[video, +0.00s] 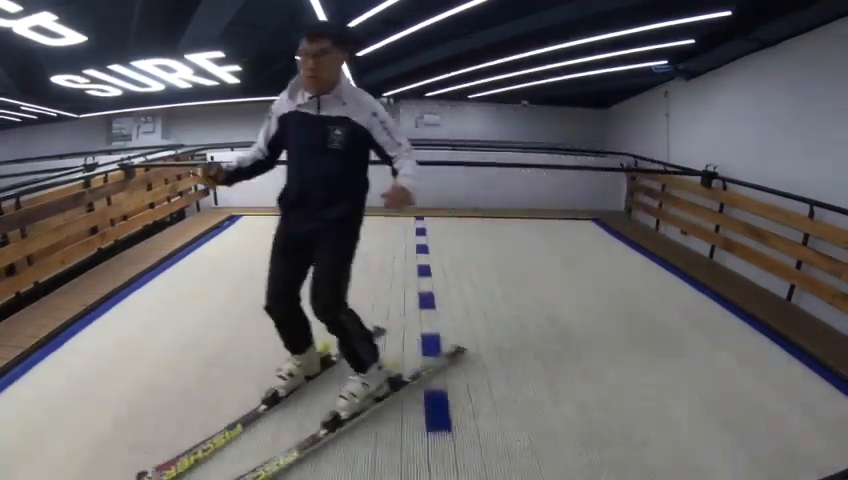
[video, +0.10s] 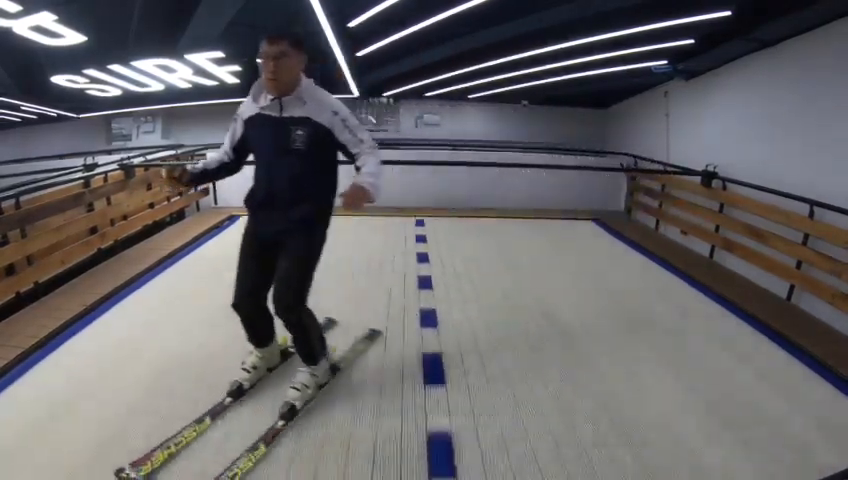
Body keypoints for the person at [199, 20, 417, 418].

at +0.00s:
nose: (310, 64)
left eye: (321, 56)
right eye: (304, 56)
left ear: (342, 59)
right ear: (298, 59)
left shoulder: (362, 108)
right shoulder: (286, 105)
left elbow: (402, 153)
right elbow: (263, 155)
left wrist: (403, 184)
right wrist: (225, 174)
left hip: (339, 221)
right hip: (294, 218)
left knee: (326, 303)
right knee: (279, 301)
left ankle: (369, 371)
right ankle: (305, 357)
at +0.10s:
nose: (270, 67)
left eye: (280, 58)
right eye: (265, 59)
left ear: (302, 62)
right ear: (259, 63)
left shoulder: (324, 107)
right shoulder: (251, 109)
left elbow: (369, 153)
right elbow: (230, 158)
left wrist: (366, 184)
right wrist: (191, 175)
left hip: (307, 220)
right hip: (262, 217)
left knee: (287, 302)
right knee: (246, 300)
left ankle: (317, 364)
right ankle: (267, 350)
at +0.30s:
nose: (214, 78)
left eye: (223, 69)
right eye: (210, 69)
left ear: (245, 71)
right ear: (206, 72)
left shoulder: (268, 115)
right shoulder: (197, 116)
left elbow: (308, 161)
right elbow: (178, 162)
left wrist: (295, 193)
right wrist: (142, 184)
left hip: (252, 226)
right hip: (208, 223)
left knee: (229, 303)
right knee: (192, 300)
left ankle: (229, 356)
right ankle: (199, 345)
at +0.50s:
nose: (188, 89)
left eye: (198, 81)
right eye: (183, 80)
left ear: (218, 82)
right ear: (177, 81)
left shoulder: (239, 128)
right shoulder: (162, 126)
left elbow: (273, 172)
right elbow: (139, 171)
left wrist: (262, 199)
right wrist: (106, 188)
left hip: (217, 234)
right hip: (173, 231)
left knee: (193, 306)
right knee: (157, 306)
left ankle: (187, 363)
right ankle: (155, 353)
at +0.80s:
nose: (193, 91)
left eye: (204, 83)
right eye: (189, 81)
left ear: (221, 85)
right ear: (182, 81)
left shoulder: (238, 132)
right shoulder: (157, 126)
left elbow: (268, 175)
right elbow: (128, 171)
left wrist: (271, 198)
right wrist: (102, 188)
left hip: (213, 242)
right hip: (166, 238)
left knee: (197, 314)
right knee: (156, 313)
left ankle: (183, 371)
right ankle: (139, 367)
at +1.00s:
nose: (225, 86)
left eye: (236, 78)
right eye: (219, 76)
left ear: (252, 83)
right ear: (210, 75)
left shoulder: (264, 128)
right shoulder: (185, 120)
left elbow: (295, 171)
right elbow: (151, 165)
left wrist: (307, 194)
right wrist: (130, 185)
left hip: (240, 243)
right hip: (191, 240)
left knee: (235, 323)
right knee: (187, 320)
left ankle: (210, 375)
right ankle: (165, 374)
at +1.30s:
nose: (319, 76)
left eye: (328, 69)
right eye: (312, 68)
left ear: (336, 75)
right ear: (297, 70)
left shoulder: (343, 121)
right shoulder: (269, 115)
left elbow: (365, 164)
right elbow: (235, 160)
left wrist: (389, 184)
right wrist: (221, 183)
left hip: (326, 232)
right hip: (279, 233)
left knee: (333, 316)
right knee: (285, 321)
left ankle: (304, 373)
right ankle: (249, 383)